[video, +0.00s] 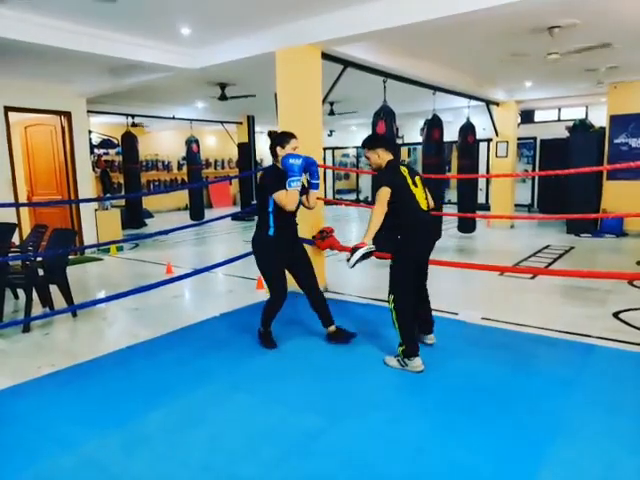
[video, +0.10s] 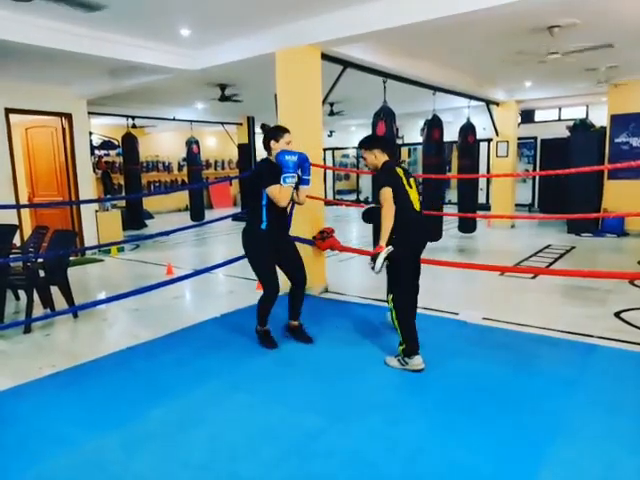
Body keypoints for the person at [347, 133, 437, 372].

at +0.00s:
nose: (368, 161)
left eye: (369, 156)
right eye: (367, 157)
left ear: (381, 152)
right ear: (386, 153)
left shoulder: (386, 175)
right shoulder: (408, 170)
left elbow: (381, 207)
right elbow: (429, 203)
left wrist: (367, 240)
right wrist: (411, 222)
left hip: (408, 239)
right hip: (426, 235)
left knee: (399, 296)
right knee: (417, 282)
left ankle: (409, 355)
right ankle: (425, 331)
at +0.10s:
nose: (365, 161)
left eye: (365, 156)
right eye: (363, 157)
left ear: (377, 152)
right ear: (383, 153)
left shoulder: (384, 173)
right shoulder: (402, 171)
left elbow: (388, 207)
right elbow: (411, 204)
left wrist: (382, 244)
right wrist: (380, 214)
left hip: (402, 237)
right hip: (417, 235)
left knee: (398, 295)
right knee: (408, 289)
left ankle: (410, 354)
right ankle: (409, 342)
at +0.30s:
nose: (357, 166)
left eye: (358, 160)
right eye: (356, 162)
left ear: (370, 155)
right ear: (368, 158)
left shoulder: (384, 176)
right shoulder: (378, 177)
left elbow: (408, 205)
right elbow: (381, 211)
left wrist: (409, 241)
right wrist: (359, 207)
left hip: (389, 243)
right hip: (389, 241)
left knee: (367, 284)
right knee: (388, 280)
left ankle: (395, 333)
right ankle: (402, 326)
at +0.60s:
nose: (338, 168)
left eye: (342, 164)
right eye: (337, 164)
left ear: (355, 161)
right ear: (338, 163)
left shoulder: (370, 182)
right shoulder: (348, 182)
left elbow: (394, 210)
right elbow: (349, 205)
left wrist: (374, 234)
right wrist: (343, 225)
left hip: (376, 234)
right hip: (363, 231)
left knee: (356, 278)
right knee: (359, 276)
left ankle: (366, 323)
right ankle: (389, 305)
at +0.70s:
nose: (335, 172)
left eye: (339, 167)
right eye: (334, 167)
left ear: (352, 164)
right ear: (335, 166)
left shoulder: (364, 187)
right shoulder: (343, 185)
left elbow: (380, 220)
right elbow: (344, 210)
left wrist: (351, 233)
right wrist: (338, 230)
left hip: (371, 237)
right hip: (357, 235)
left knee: (354, 279)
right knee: (342, 270)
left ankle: (366, 324)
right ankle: (372, 299)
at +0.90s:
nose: (326, 156)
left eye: (329, 152)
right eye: (324, 152)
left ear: (341, 150)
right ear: (324, 152)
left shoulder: (354, 171)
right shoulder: (329, 173)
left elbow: (370, 202)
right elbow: (333, 198)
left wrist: (342, 209)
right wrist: (324, 212)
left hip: (357, 224)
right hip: (340, 223)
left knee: (350, 270)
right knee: (334, 266)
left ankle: (362, 316)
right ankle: (336, 304)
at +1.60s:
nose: (309, 164)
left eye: (312, 159)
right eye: (307, 160)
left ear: (326, 157)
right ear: (309, 161)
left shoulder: (339, 180)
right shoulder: (312, 183)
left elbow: (341, 214)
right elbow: (303, 212)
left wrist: (311, 204)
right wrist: (295, 203)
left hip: (344, 233)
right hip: (326, 231)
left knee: (327, 281)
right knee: (318, 275)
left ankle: (336, 339)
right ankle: (336, 304)